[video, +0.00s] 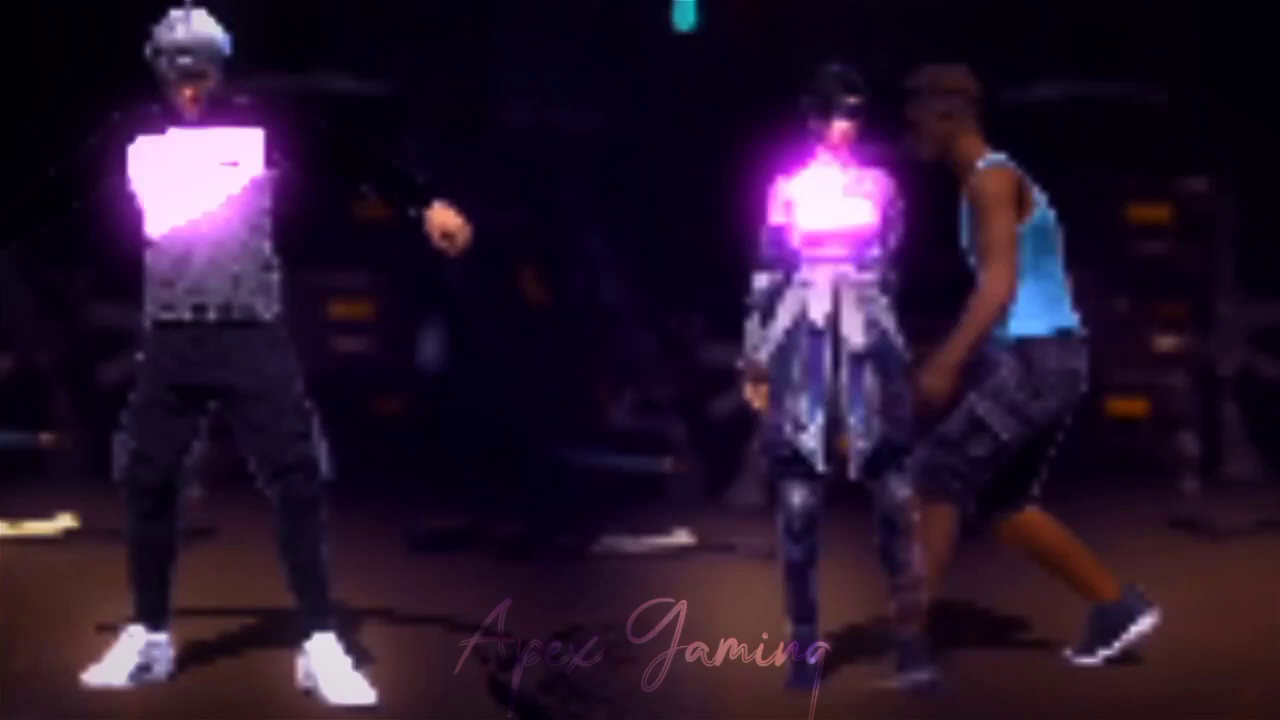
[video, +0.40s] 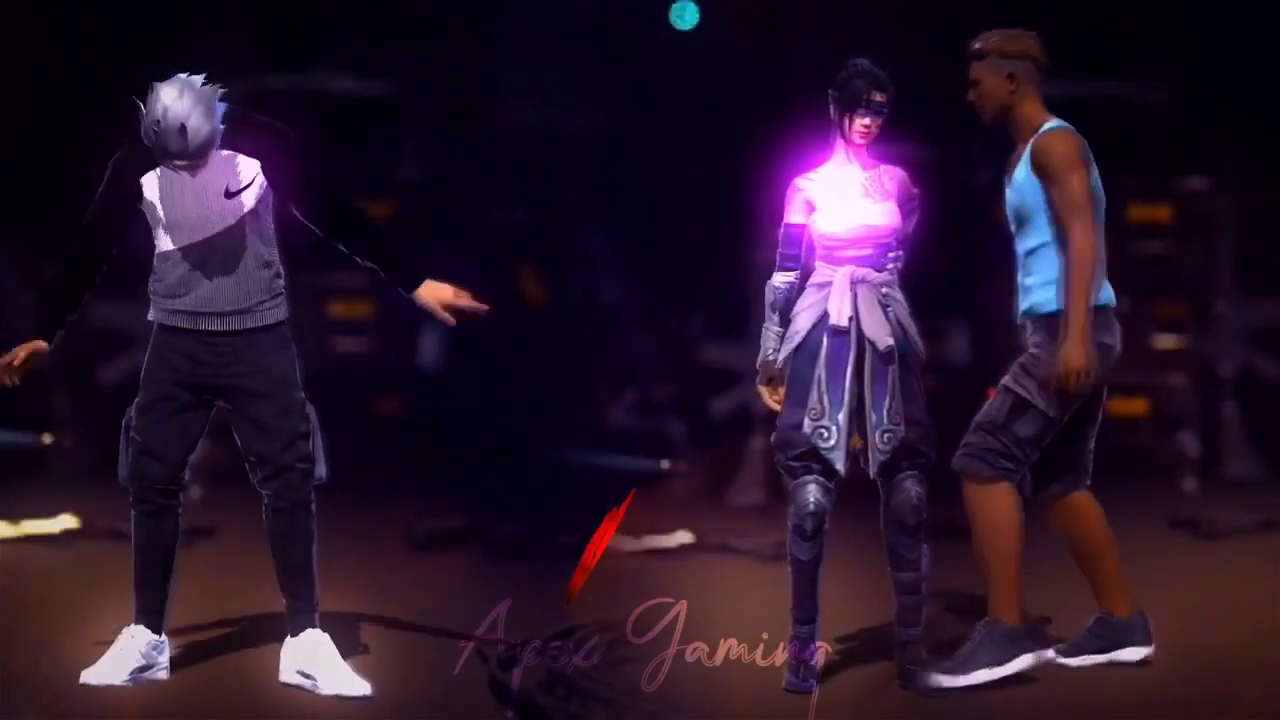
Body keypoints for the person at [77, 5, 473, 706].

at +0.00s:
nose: (190, 89)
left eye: (201, 74)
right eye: (177, 75)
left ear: (224, 71)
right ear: (156, 74)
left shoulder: (265, 127)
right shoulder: (131, 143)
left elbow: (347, 167)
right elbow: (96, 233)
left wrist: (422, 208)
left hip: (253, 336)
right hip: (170, 337)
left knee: (294, 476)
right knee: (147, 478)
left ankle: (320, 638)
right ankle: (149, 634)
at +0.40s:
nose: (193, 166)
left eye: (202, 154)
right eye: (180, 158)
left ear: (219, 129)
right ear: (156, 139)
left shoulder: (265, 154)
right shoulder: (134, 170)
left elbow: (333, 227)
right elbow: (90, 256)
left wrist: (414, 284)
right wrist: (48, 337)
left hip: (261, 345)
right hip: (176, 347)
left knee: (290, 484)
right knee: (151, 483)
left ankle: (305, 638)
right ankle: (147, 636)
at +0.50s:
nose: (204, 157)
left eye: (213, 146)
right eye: (192, 149)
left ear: (234, 120)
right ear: (171, 131)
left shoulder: (283, 150)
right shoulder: (152, 163)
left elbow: (310, 244)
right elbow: (146, 257)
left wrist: (324, 340)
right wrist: (167, 343)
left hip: (273, 342)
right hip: (186, 344)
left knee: (295, 484)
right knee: (156, 482)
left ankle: (304, 636)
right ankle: (148, 634)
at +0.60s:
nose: (219, 143)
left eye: (233, 133)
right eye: (210, 133)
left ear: (259, 116)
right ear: (193, 117)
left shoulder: (296, 143)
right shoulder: (174, 147)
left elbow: (292, 242)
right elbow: (198, 234)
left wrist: (238, 328)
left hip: (271, 318)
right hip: (192, 319)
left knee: (299, 472)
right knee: (162, 472)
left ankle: (306, 636)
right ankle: (146, 633)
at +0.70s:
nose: (238, 130)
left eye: (252, 121)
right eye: (229, 118)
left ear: (277, 107)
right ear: (213, 101)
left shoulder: (314, 148)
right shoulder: (187, 135)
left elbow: (287, 242)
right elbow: (228, 210)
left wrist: (205, 284)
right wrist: (327, 223)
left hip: (280, 335)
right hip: (199, 334)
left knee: (303, 478)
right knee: (167, 479)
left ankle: (305, 638)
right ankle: (145, 632)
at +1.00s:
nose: (303, 109)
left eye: (316, 100)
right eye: (295, 94)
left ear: (335, 97)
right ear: (277, 82)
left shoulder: (343, 141)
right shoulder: (220, 117)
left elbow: (345, 214)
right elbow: (241, 157)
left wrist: (270, 226)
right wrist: (344, 131)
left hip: (300, 330)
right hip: (217, 326)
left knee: (314, 480)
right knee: (176, 475)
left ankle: (304, 638)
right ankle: (141, 627)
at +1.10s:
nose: (328, 110)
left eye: (342, 99)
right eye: (320, 93)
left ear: (357, 93)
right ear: (296, 72)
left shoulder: (358, 143)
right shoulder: (231, 116)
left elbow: (366, 235)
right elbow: (231, 175)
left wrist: (344, 261)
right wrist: (330, 165)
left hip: (309, 332)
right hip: (227, 325)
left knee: (323, 480)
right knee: (177, 474)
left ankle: (305, 638)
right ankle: (138, 626)